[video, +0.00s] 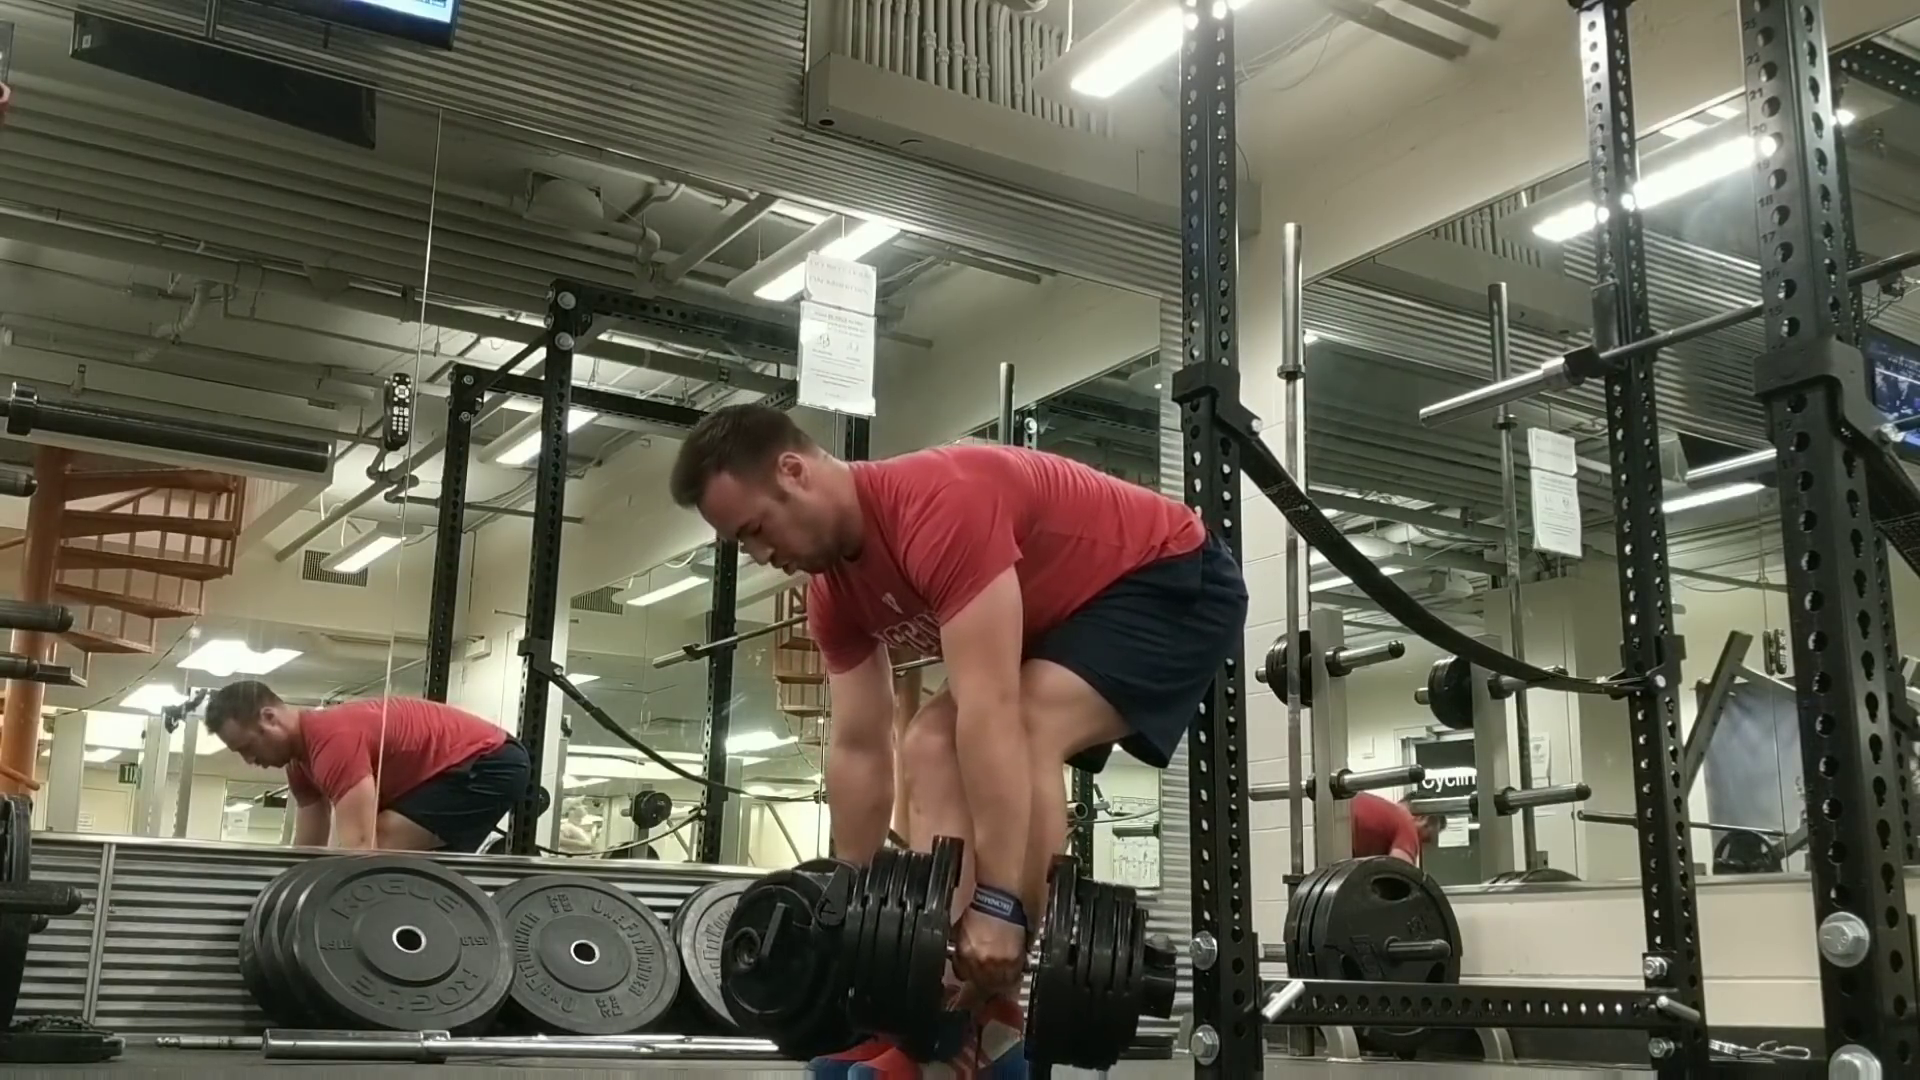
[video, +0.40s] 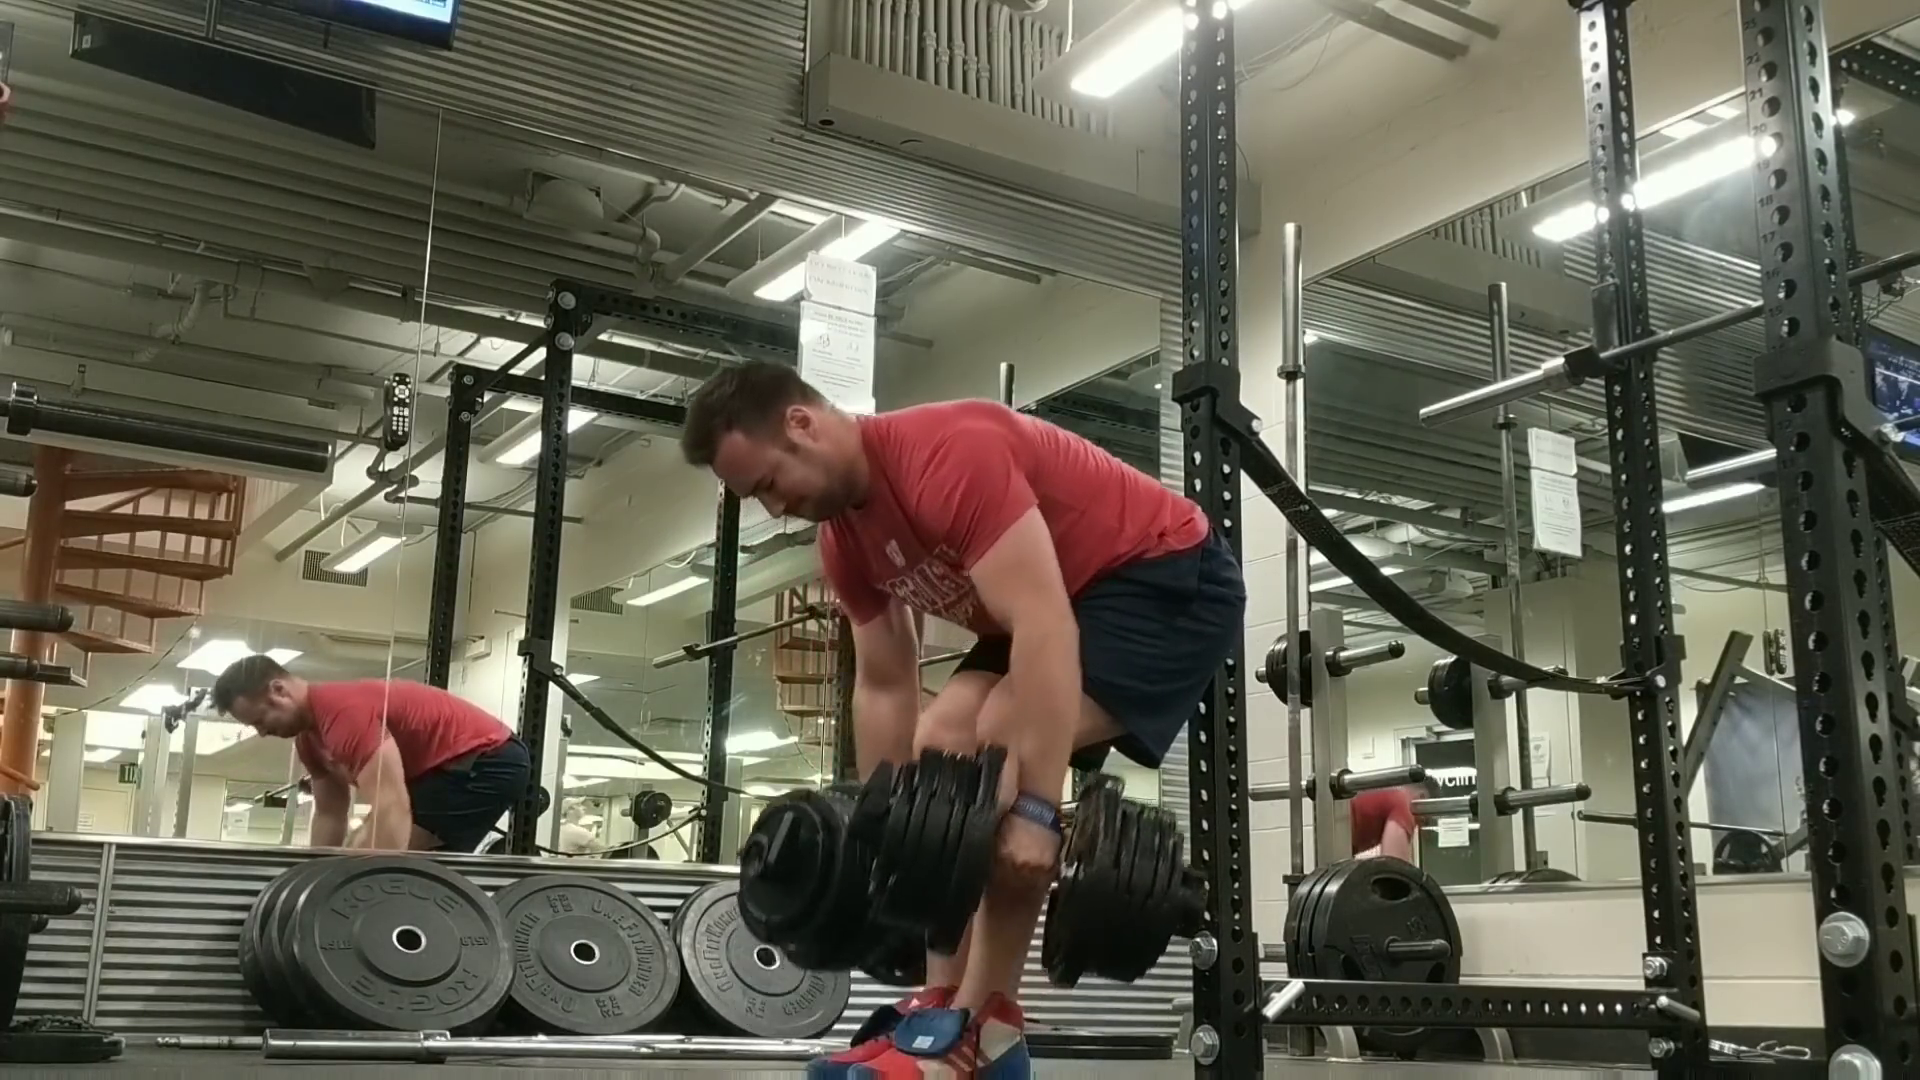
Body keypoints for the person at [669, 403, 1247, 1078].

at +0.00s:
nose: (757, 557)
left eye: (755, 530)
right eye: (742, 545)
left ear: (797, 470)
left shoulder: (944, 505)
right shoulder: (837, 591)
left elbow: (992, 703)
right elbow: (858, 746)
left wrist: (1001, 905)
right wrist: (850, 912)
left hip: (1169, 581)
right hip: (1062, 615)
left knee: (1021, 725)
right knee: (929, 738)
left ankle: (994, 1024)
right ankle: (927, 1021)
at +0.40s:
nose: (773, 510)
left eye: (767, 484)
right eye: (756, 499)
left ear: (804, 423)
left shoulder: (952, 456)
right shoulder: (846, 538)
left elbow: (1043, 624)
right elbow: (883, 684)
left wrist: (1040, 808)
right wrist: (876, 844)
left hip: (1166, 578)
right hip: (1054, 603)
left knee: (1009, 732)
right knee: (942, 733)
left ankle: (993, 1020)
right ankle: (943, 1003)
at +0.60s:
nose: (796, 478)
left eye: (788, 455)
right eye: (778, 471)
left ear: (816, 391)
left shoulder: (967, 412)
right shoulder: (857, 509)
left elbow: (1094, 548)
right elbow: (906, 631)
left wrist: (1088, 721)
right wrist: (896, 769)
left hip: (1163, 572)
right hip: (1040, 604)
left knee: (1020, 764)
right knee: (948, 757)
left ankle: (988, 1020)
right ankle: (941, 1004)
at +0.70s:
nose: (810, 466)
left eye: (801, 444)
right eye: (792, 460)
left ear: (824, 380)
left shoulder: (972, 395)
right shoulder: (866, 486)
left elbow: (1114, 515)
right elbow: (922, 600)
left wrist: (1110, 684)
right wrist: (900, 737)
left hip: (1162, 573)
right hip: (1046, 601)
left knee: (1017, 750)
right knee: (940, 737)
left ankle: (990, 1016)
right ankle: (941, 999)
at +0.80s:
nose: (830, 464)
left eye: (819, 445)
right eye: (811, 459)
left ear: (834, 377)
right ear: (834, 382)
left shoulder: (986, 376)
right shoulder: (869, 473)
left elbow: (1132, 488)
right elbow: (939, 582)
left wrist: (1127, 653)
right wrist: (912, 700)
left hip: (1158, 571)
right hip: (1050, 596)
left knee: (1010, 740)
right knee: (939, 736)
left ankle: (990, 1018)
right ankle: (940, 1001)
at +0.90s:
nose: (846, 467)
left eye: (835, 450)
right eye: (829, 463)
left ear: (840, 384)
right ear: (838, 386)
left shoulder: (987, 370)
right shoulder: (870, 459)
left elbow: (1143, 467)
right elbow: (949, 560)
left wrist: (1141, 628)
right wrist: (925, 676)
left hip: (1160, 571)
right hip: (1054, 595)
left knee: (1007, 737)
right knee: (943, 732)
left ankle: (991, 1017)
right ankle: (941, 1001)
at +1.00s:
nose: (846, 473)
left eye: (833, 456)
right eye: (827, 469)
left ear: (836, 390)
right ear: (835, 390)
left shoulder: (983, 374)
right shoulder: (872, 462)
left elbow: (1144, 463)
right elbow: (953, 555)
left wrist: (1142, 625)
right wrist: (932, 668)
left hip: (1157, 571)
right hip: (1050, 598)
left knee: (1006, 736)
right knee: (944, 733)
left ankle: (990, 1017)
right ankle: (941, 1000)